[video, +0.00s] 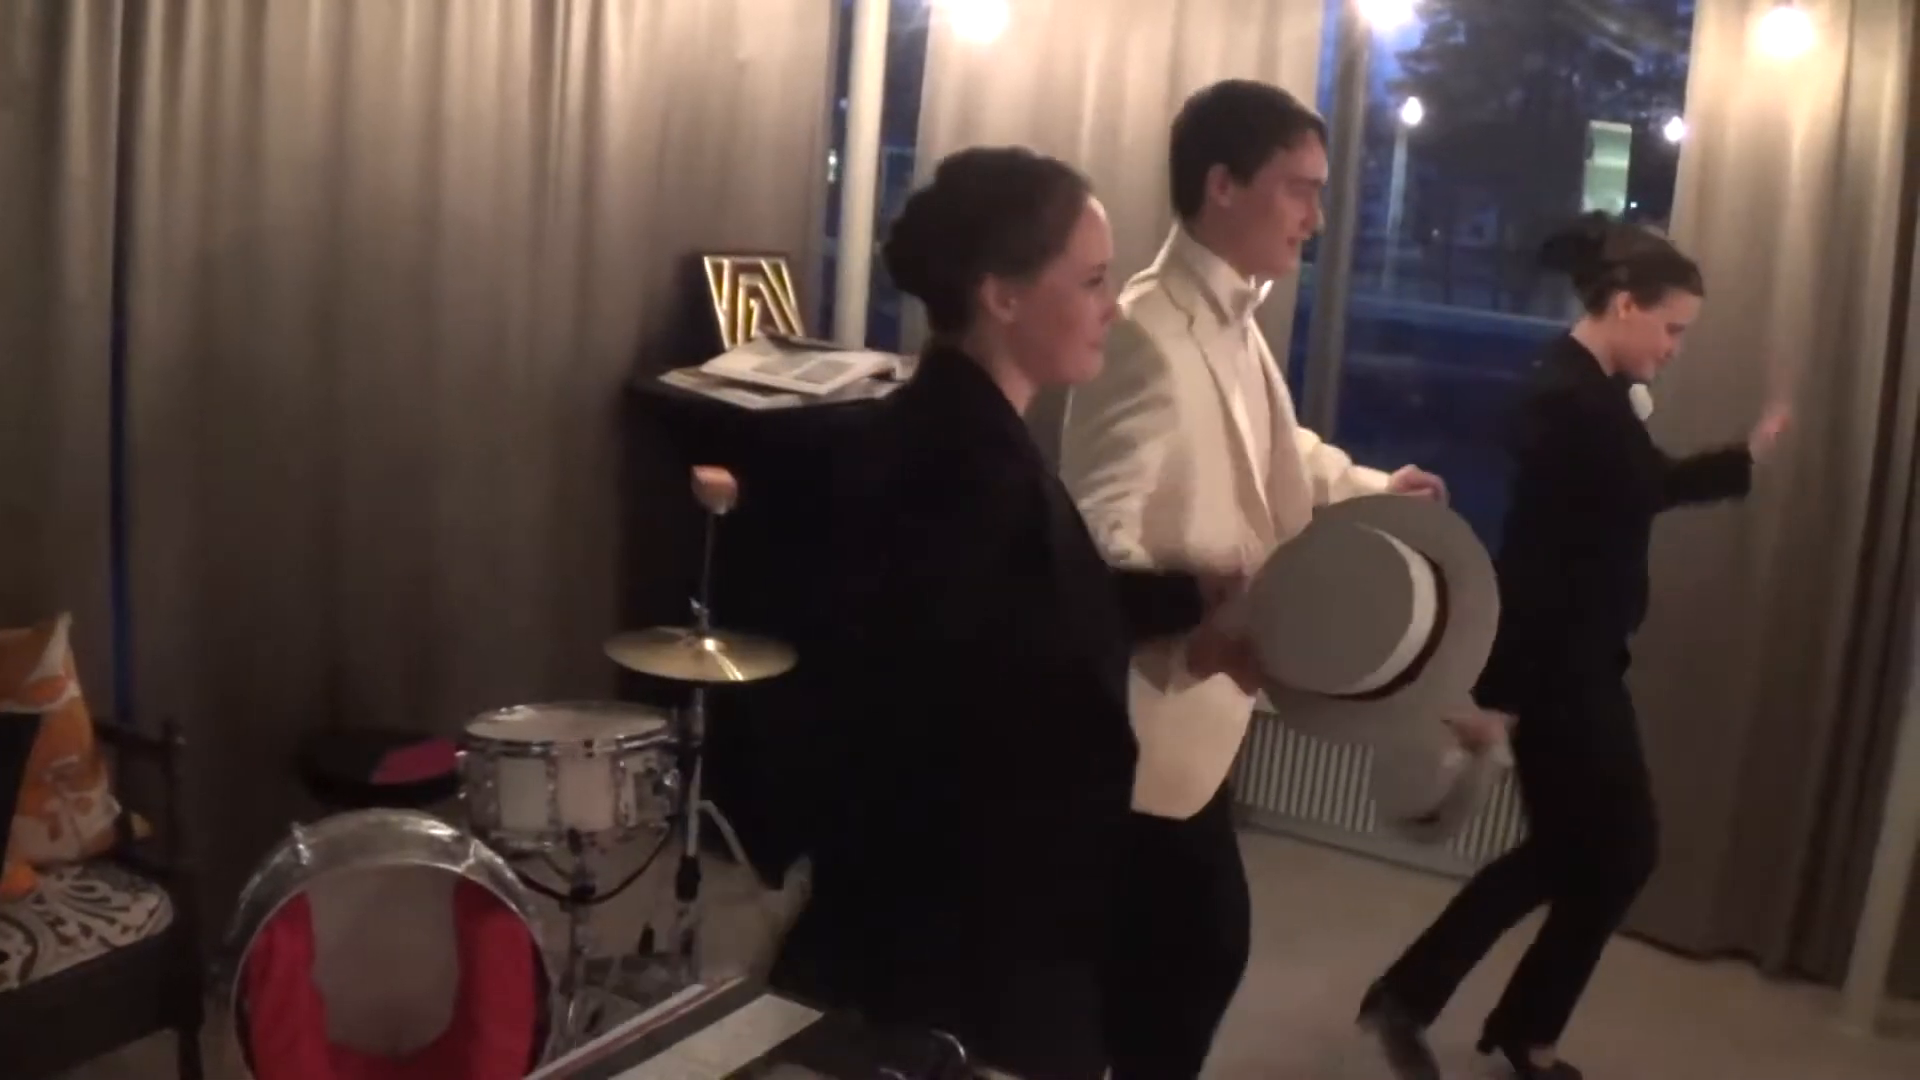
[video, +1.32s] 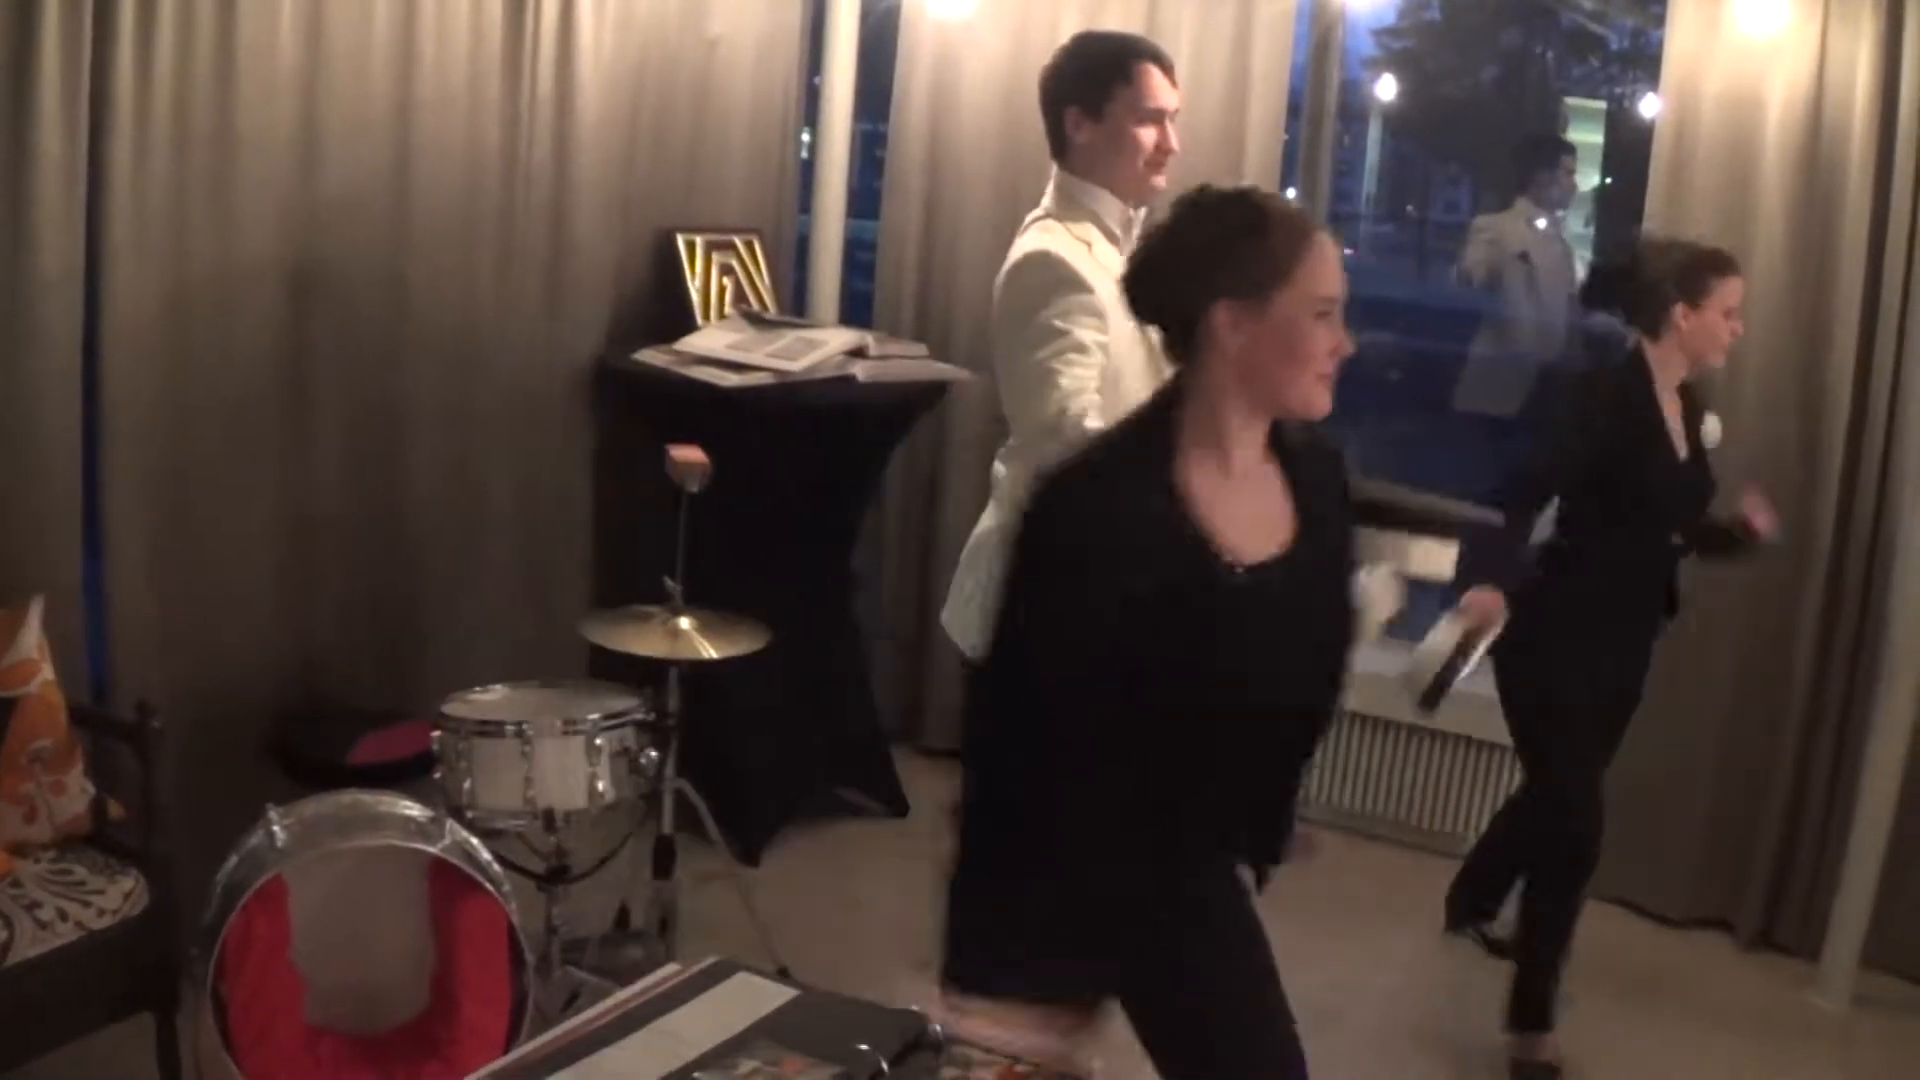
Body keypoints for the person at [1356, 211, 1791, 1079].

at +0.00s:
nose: (1676, 348)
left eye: (1682, 332)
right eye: (1671, 328)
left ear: (1618, 309)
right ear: (1618, 306)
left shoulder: (1584, 387)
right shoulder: (1576, 396)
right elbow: (1645, 485)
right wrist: (1746, 461)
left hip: (1565, 661)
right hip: (1569, 668)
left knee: (1558, 850)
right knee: (1619, 853)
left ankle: (1400, 999)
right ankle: (1520, 1035)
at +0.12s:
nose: (1688, 352)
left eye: (1694, 337)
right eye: (1684, 332)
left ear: (1628, 313)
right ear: (1632, 310)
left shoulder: (1596, 391)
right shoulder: (1592, 405)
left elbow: (1609, 545)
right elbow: (1595, 559)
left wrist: (1666, 609)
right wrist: (1637, 684)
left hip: (1571, 659)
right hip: (1571, 669)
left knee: (1607, 818)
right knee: (1601, 842)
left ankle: (1451, 876)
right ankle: (1500, 1033)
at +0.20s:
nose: (1697, 348)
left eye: (1705, 332)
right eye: (1696, 327)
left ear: (1647, 309)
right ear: (1645, 306)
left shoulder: (1611, 383)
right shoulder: (1593, 397)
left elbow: (1618, 544)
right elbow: (1614, 559)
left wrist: (1714, 608)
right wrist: (1726, 614)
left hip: (1596, 644)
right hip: (1565, 654)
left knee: (1674, 794)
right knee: (1598, 826)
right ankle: (1504, 1030)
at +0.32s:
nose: (1712, 327)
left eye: (1718, 310)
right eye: (1710, 305)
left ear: (1665, 289)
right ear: (1661, 285)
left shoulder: (1634, 366)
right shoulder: (1602, 373)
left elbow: (1655, 492)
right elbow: (1652, 501)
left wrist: (1767, 479)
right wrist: (1768, 476)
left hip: (1609, 622)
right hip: (1573, 629)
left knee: (1652, 803)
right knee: (1597, 820)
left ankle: (1521, 976)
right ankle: (1494, 1019)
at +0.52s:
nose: (1717, 296)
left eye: (1721, 279)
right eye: (1707, 275)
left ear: (1658, 272)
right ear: (1654, 267)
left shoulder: (1649, 360)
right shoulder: (1597, 358)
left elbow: (1644, 495)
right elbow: (1624, 501)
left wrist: (1743, 479)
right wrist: (1737, 472)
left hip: (1601, 603)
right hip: (1562, 603)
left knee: (1618, 786)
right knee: (1639, 790)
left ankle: (1526, 963)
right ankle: (1491, 921)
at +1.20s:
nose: (1738, 306)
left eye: (1741, 289)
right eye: (1731, 286)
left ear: (1690, 280)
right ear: (1677, 276)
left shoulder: (1667, 365)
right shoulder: (1620, 357)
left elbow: (1662, 486)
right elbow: (1643, 470)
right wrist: (1704, 400)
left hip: (1600, 606)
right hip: (1556, 601)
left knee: (1566, 780)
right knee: (1565, 786)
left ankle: (1494, 916)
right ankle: (1468, 964)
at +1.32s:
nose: (1736, 332)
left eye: (1739, 316)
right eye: (1727, 314)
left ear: (1687, 318)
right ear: (1677, 313)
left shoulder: (1692, 410)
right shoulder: (1595, 390)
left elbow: (1673, 524)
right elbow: (1520, 488)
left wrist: (1736, 530)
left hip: (1625, 636)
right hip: (1550, 625)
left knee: (1558, 788)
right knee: (1571, 818)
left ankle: (1472, 902)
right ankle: (1530, 1025)